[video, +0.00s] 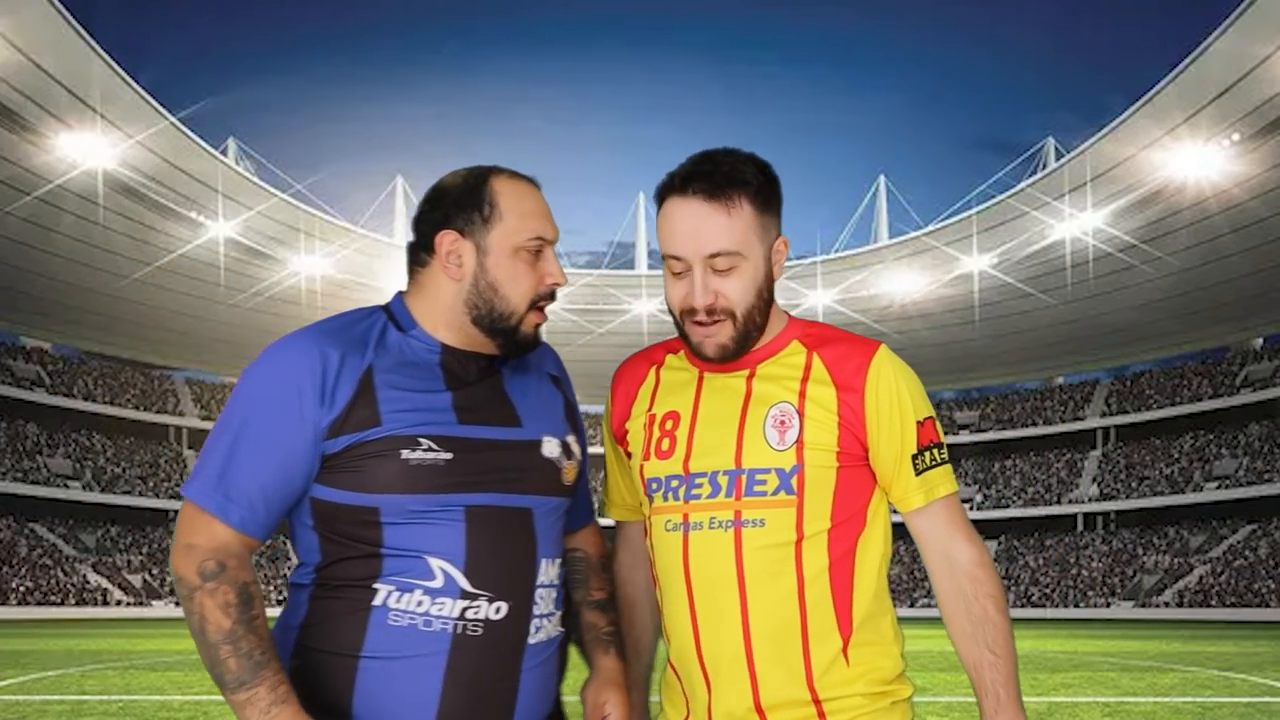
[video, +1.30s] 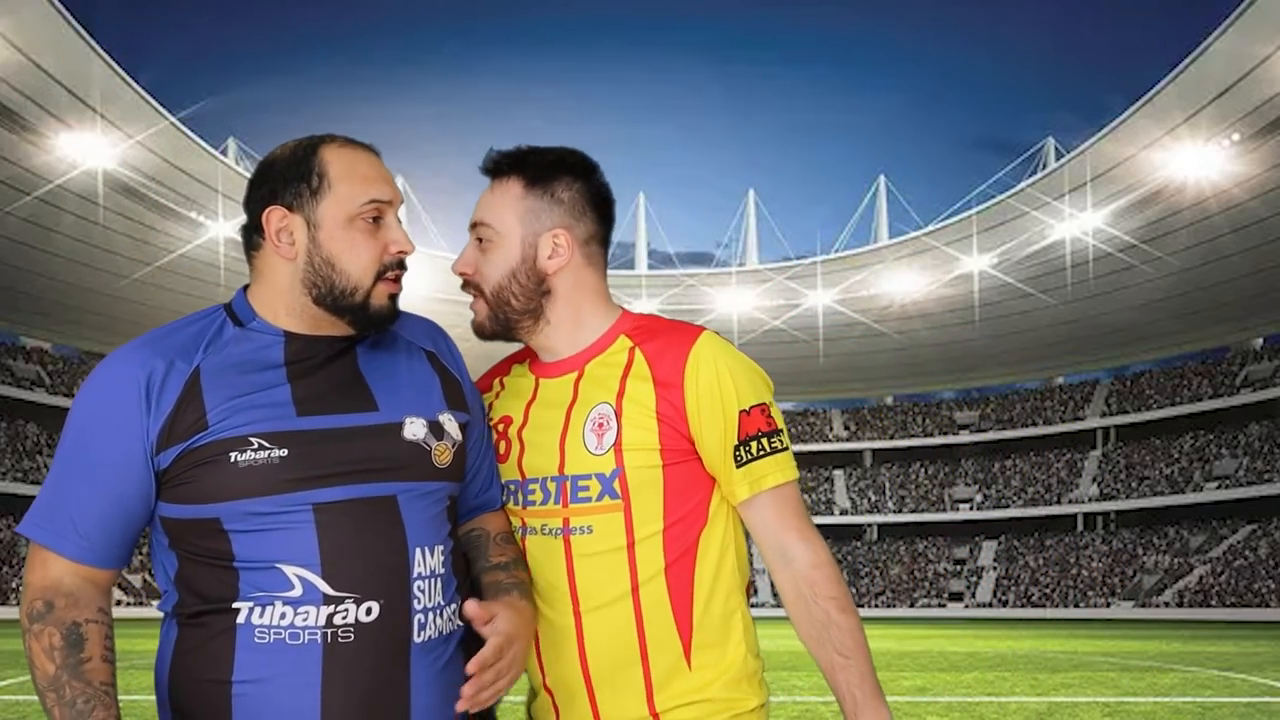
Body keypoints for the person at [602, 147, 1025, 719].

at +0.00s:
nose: (698, 297)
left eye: (723, 265)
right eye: (677, 268)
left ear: (777, 259)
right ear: (661, 263)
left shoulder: (864, 375)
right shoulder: (635, 387)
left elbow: (955, 559)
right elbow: (633, 562)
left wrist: (1003, 710)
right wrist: (627, 701)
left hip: (849, 704)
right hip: (695, 706)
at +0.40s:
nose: (618, 278)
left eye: (643, 252)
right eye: (623, 248)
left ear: (724, 260)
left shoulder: (839, 397)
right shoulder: (628, 373)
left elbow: (912, 621)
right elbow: (615, 549)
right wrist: (584, 698)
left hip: (781, 705)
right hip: (637, 707)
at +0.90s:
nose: (564, 242)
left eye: (594, 218)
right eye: (577, 218)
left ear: (668, 241)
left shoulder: (762, 385)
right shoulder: (577, 374)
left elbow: (835, 605)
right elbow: (575, 575)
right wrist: (527, 697)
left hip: (714, 703)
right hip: (580, 703)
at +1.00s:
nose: (530, 246)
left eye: (560, 222)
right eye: (538, 222)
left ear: (636, 242)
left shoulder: (730, 380)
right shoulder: (539, 381)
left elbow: (817, 589)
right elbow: (525, 575)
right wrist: (501, 694)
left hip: (712, 702)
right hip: (574, 705)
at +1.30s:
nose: (461, 267)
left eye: (483, 240)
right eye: (470, 241)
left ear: (554, 251)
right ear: (554, 253)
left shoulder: (698, 367)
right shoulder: (487, 400)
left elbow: (797, 558)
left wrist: (870, 711)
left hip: (701, 702)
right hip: (556, 707)